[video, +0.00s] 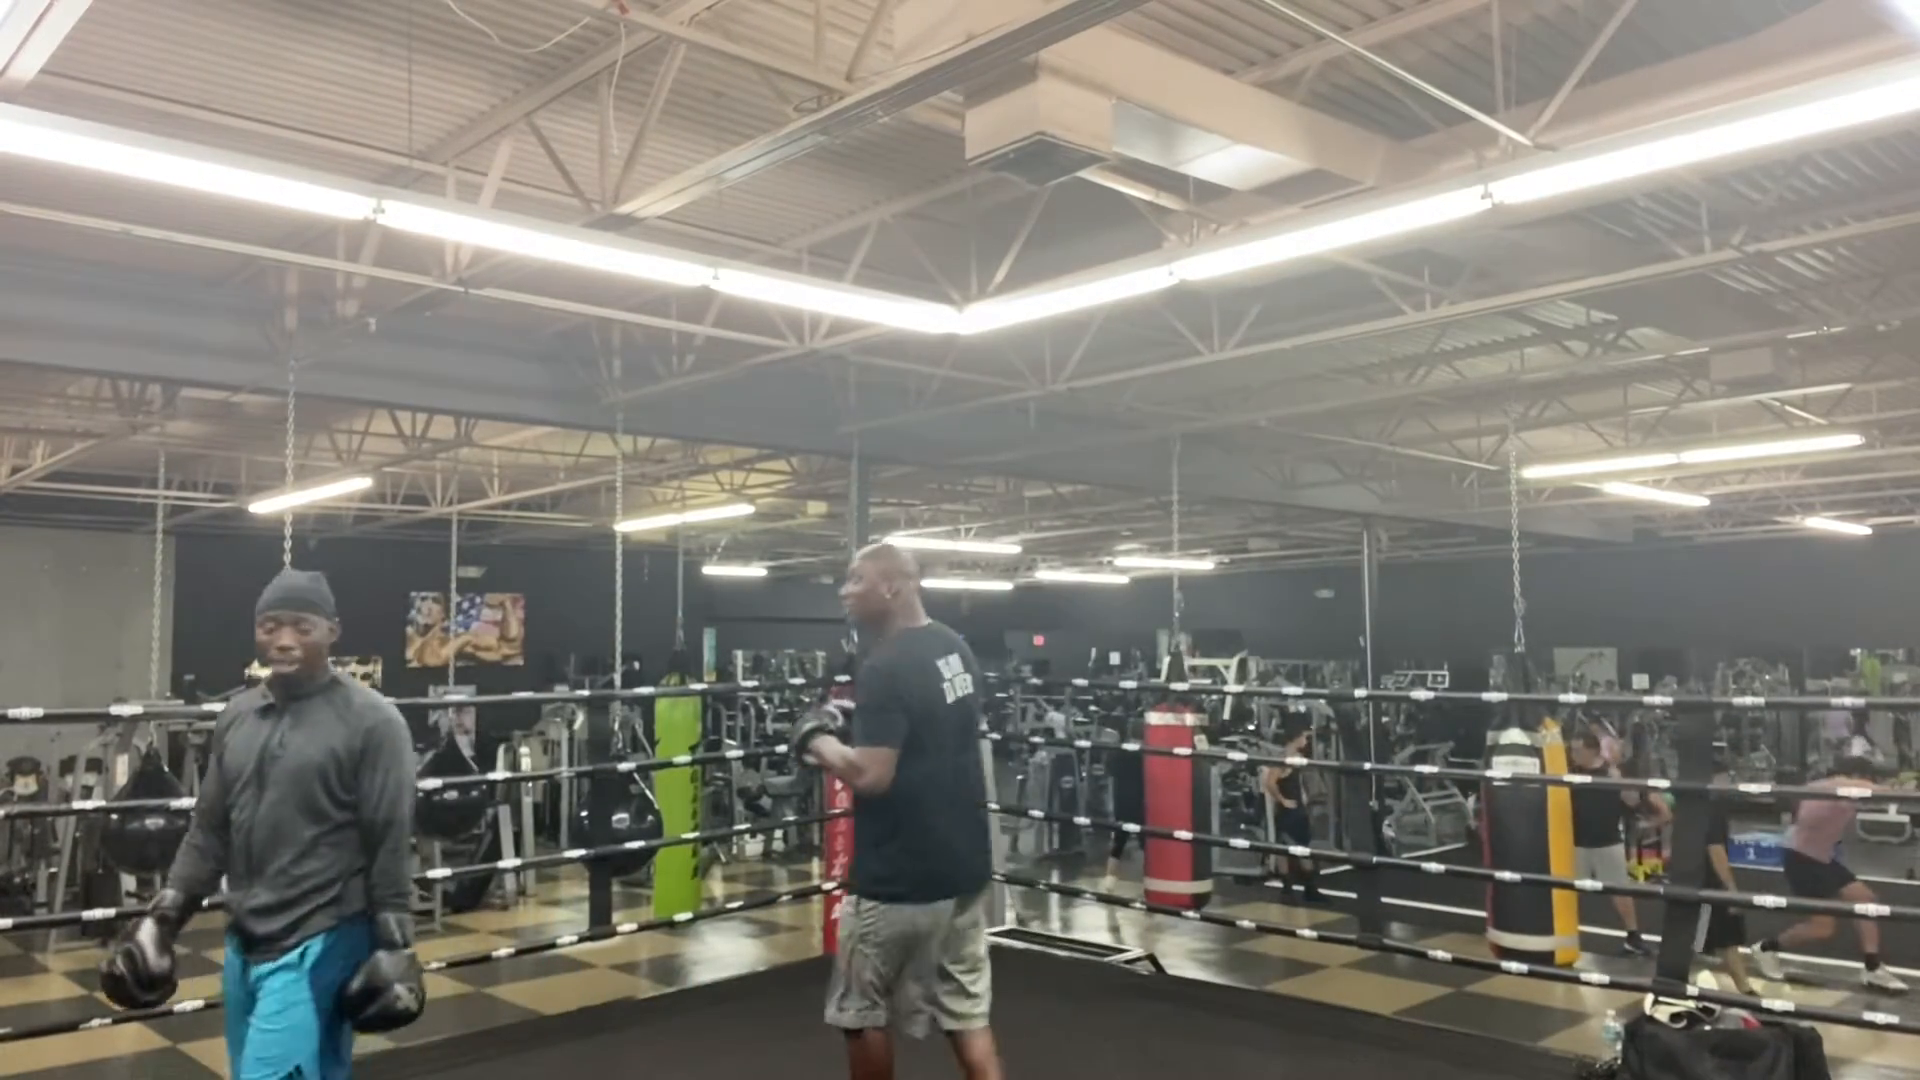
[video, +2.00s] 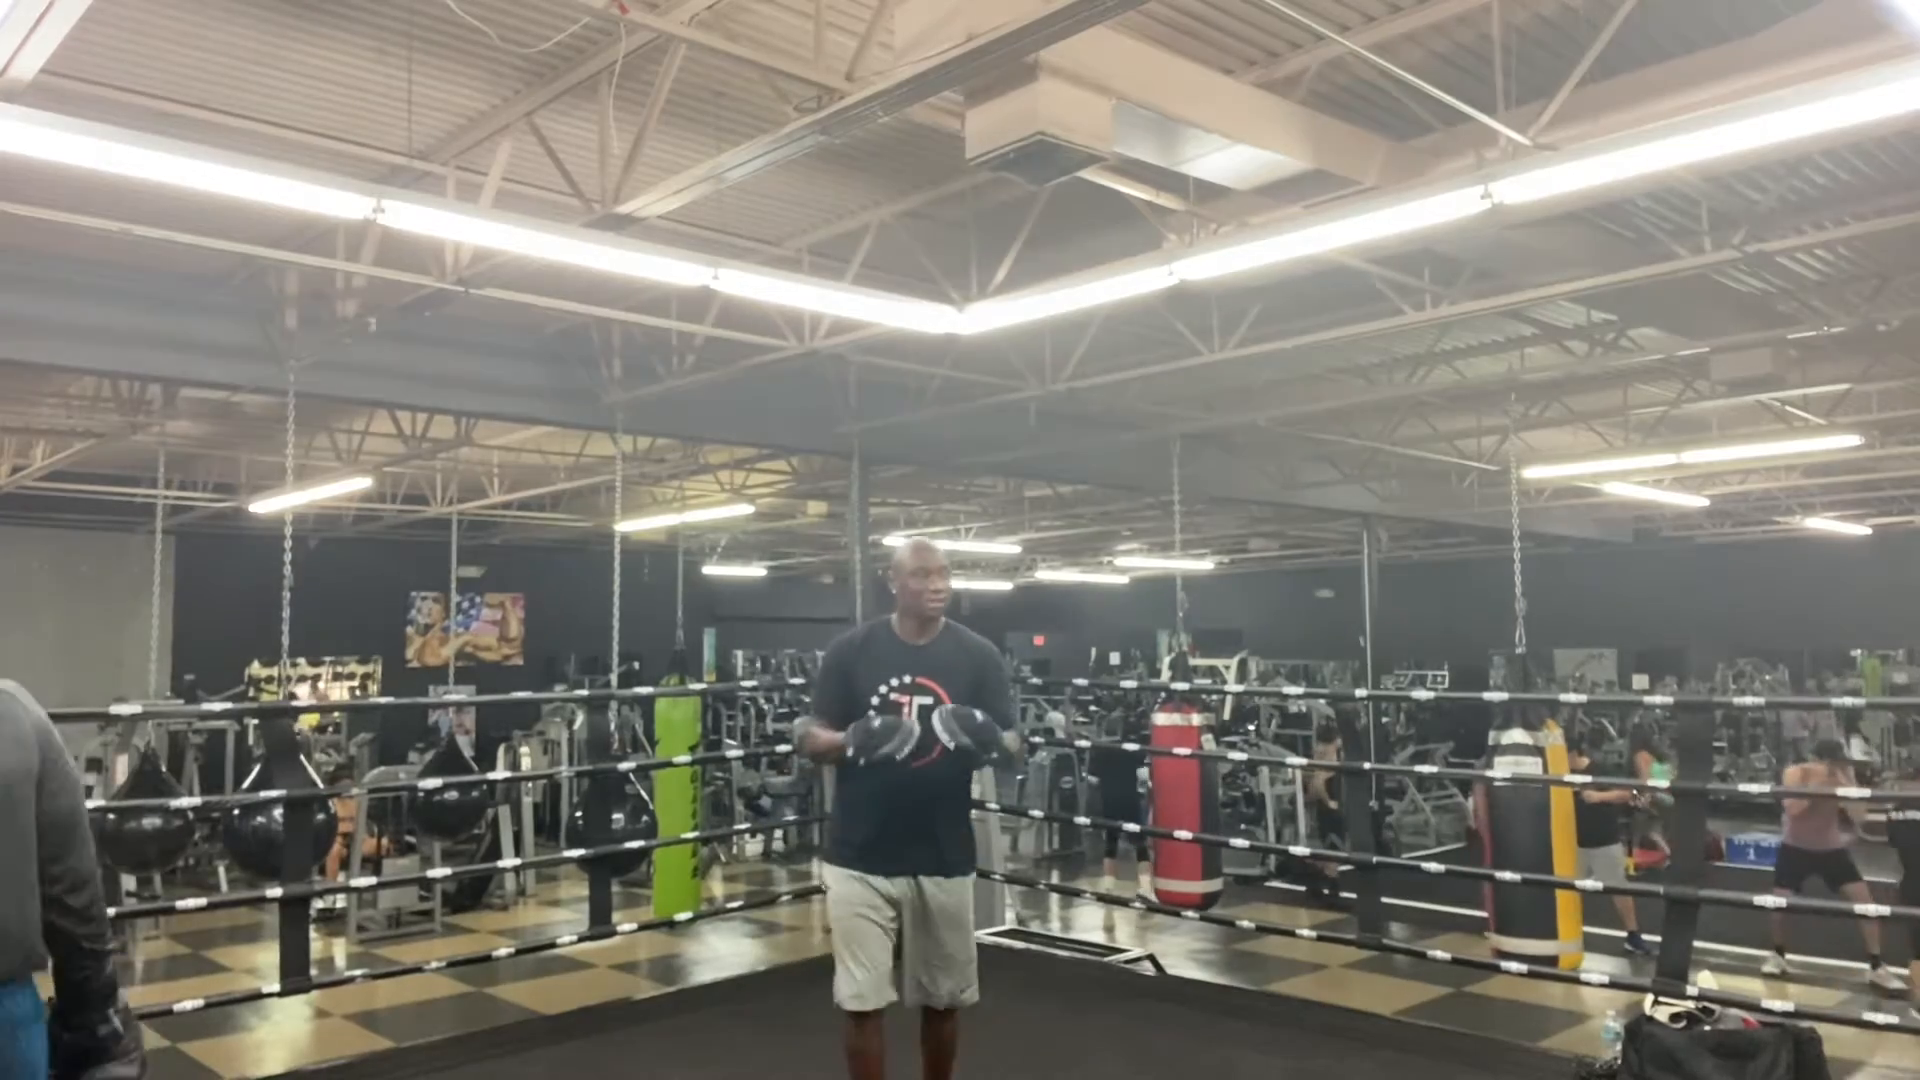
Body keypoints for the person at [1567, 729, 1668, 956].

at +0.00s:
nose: (1572, 754)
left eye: (1577, 750)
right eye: (1571, 750)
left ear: (1592, 750)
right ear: (1571, 751)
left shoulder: (1609, 773)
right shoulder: (1570, 774)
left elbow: (1631, 799)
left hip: (1608, 842)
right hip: (1576, 841)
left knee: (1620, 891)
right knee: (1567, 892)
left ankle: (1633, 935)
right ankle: (1565, 940)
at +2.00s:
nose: (1564, 761)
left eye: (1567, 756)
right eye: (1562, 757)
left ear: (1578, 754)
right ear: (1561, 757)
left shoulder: (1600, 770)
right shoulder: (1557, 777)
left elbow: (1627, 793)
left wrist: (1599, 796)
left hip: (1604, 840)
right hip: (1573, 843)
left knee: (1620, 889)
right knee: (1566, 892)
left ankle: (1633, 934)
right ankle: (1563, 937)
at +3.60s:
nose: (1597, 758)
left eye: (1598, 752)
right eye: (1591, 753)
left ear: (1601, 750)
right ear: (1571, 754)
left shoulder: (1606, 773)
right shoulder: (1564, 777)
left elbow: (1624, 791)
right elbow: (1572, 808)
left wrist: (1623, 799)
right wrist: (1607, 803)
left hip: (1607, 840)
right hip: (1575, 843)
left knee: (1620, 890)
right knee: (1565, 892)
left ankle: (1633, 934)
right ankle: (1561, 936)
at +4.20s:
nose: (1608, 760)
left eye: (1610, 755)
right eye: (1604, 754)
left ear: (1612, 753)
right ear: (1590, 750)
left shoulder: (1610, 774)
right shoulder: (1568, 771)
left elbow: (1614, 799)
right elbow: (1554, 797)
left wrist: (1627, 804)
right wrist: (1579, 811)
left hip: (1607, 842)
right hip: (1576, 843)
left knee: (1620, 890)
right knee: (1570, 892)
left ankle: (1633, 935)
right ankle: (1564, 932)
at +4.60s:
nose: (1575, 752)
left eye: (1580, 747)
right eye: (1575, 747)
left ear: (1596, 750)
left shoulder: (1615, 774)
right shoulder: (1567, 773)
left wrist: (1627, 805)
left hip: (1608, 841)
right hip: (1575, 842)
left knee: (1620, 890)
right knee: (1571, 890)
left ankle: (1633, 934)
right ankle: (1564, 932)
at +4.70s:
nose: (1576, 753)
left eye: (1580, 749)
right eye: (1579, 749)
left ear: (1593, 750)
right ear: (1575, 751)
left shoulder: (1615, 774)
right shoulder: (1568, 775)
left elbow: (1637, 800)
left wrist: (1613, 805)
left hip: (1608, 841)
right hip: (1575, 841)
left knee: (1620, 890)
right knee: (1569, 892)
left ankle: (1633, 935)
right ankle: (1561, 935)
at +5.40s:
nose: (1575, 757)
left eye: (1578, 751)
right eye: (1572, 752)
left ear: (1589, 753)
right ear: (1567, 753)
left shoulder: (1607, 772)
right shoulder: (1562, 776)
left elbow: (1632, 794)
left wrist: (1611, 797)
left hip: (1604, 841)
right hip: (1573, 843)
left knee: (1619, 889)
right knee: (1567, 893)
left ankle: (1633, 935)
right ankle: (1563, 938)